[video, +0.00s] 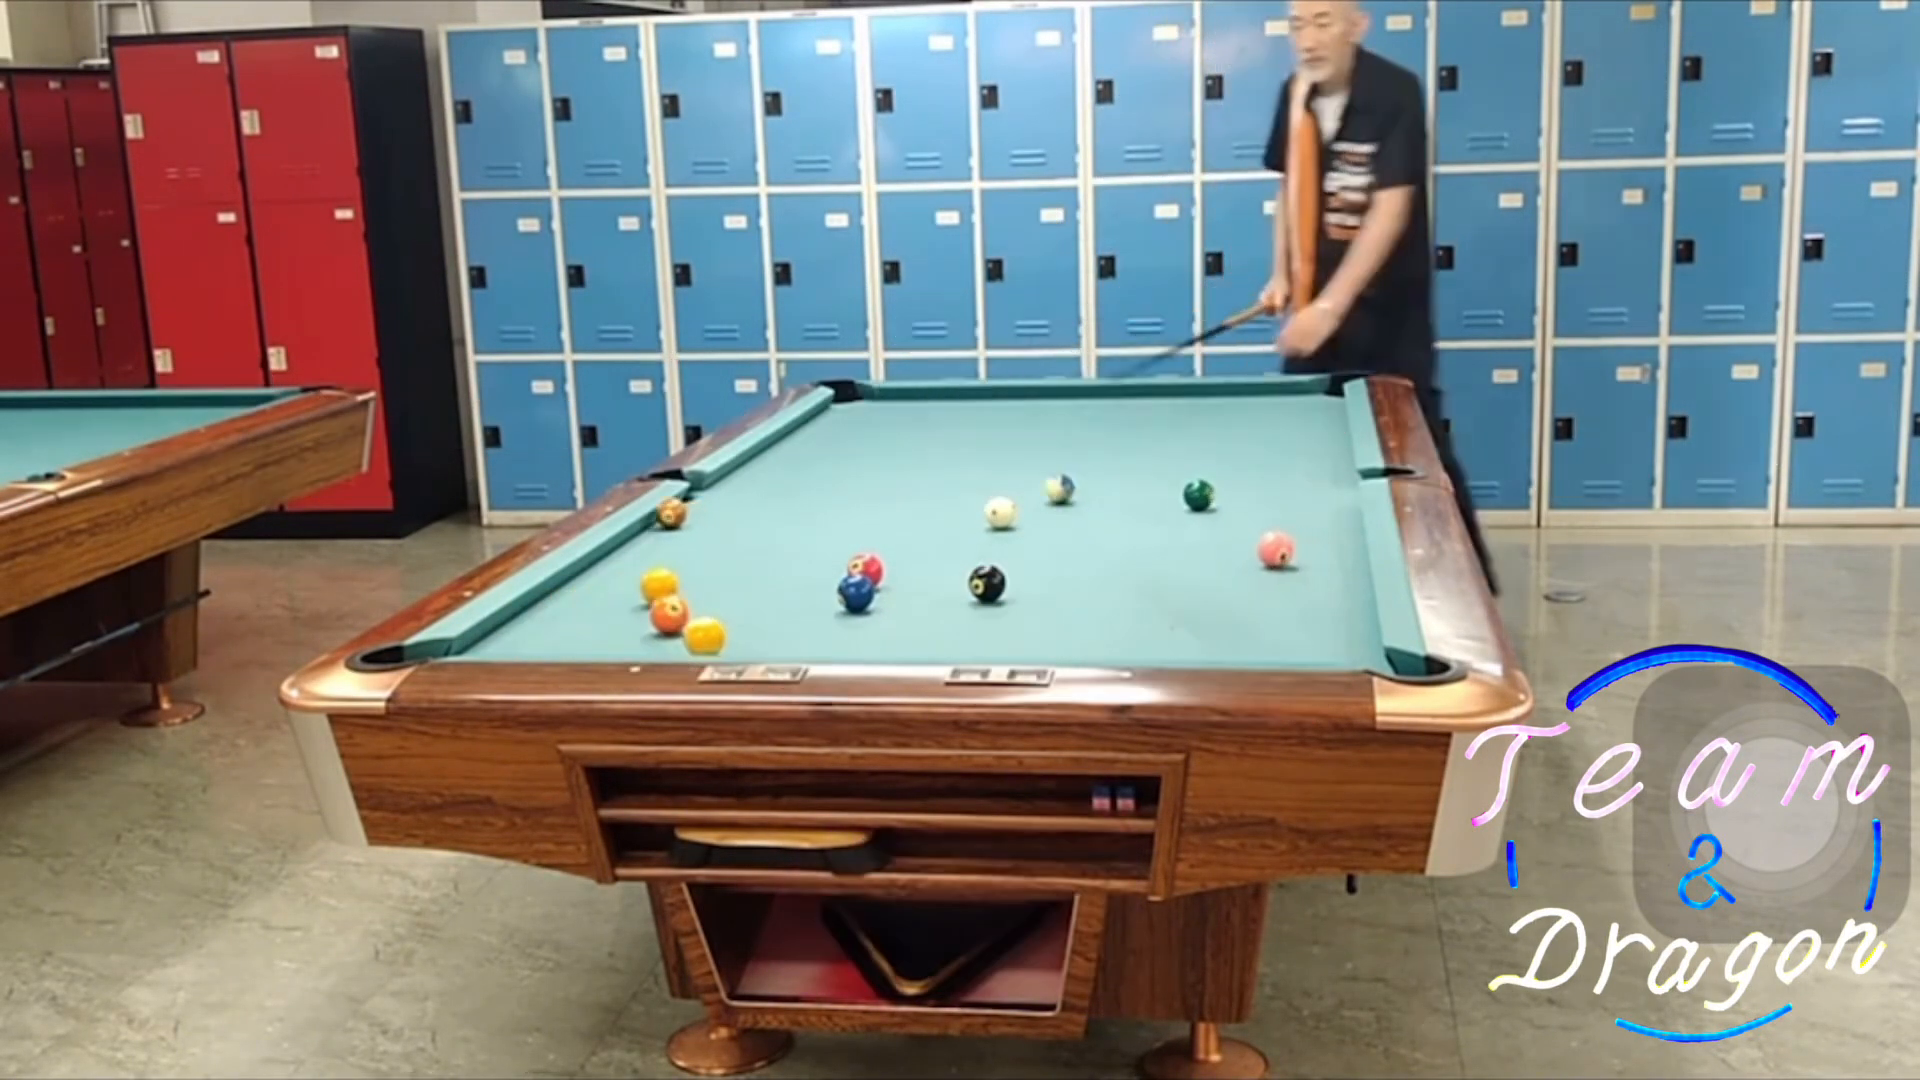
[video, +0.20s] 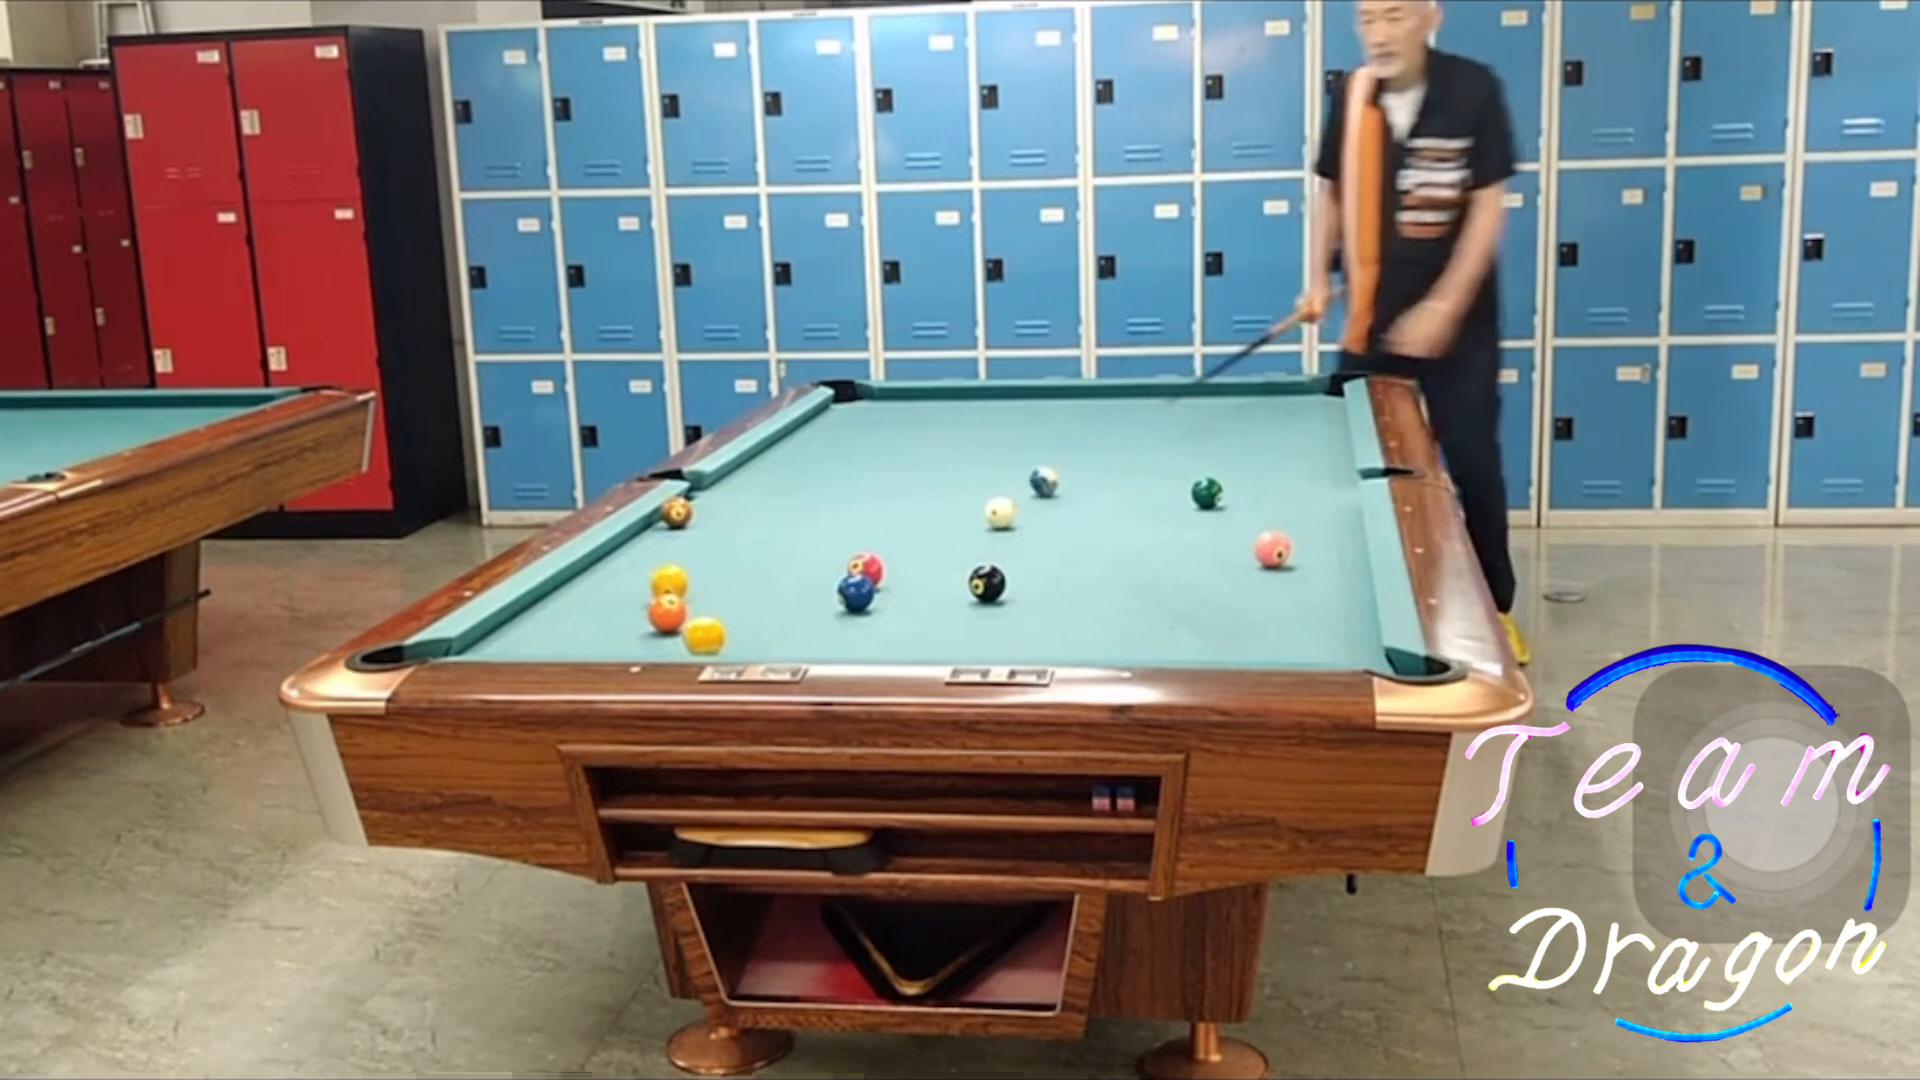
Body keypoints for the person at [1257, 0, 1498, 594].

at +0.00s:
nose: (1306, 39)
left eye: (1321, 23)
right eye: (1298, 24)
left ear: (1357, 25)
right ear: (1289, 28)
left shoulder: (1395, 90)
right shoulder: (1297, 91)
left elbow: (1391, 211)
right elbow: (1289, 188)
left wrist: (1329, 305)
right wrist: (1282, 273)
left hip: (1388, 306)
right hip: (1319, 306)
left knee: (1415, 448)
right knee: (1316, 452)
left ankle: (1467, 579)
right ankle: (1320, 577)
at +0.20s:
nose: (1377, 34)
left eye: (1392, 17)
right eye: (1366, 21)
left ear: (1430, 19)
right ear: (1356, 28)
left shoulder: (1472, 87)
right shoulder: (1347, 93)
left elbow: (1488, 209)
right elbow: (1327, 192)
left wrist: (1442, 305)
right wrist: (1318, 281)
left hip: (1455, 309)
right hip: (1374, 310)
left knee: (1472, 461)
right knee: (1359, 458)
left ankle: (1491, 609)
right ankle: (1366, 607)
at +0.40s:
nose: (1423, 25)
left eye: (1439, 10)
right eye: (1413, 11)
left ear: (1475, 13)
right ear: (1401, 19)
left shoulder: (1521, 81)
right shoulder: (1386, 88)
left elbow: (1554, 194)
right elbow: (1362, 190)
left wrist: (1557, 305)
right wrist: (1349, 283)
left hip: (1497, 311)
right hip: (1408, 307)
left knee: (1499, 469)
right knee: (1377, 451)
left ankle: (1495, 614)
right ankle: (1381, 604)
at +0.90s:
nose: (1473, 26)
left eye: (1490, 9)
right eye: (1461, 11)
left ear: (1526, 13)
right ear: (1447, 17)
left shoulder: (1573, 86)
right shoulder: (1423, 96)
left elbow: (1617, 199)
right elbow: (1383, 204)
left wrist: (1639, 310)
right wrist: (1371, 302)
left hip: (1542, 343)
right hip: (1454, 342)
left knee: (1522, 498)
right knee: (1479, 498)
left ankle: (1502, 634)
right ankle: (1490, 650)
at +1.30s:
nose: (1429, 25)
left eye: (1446, 9)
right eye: (1418, 12)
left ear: (1489, 10)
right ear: (1411, 18)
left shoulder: (1551, 81)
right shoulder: (1407, 93)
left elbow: (1575, 213)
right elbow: (1392, 197)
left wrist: (1526, 322)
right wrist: (1379, 279)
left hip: (1532, 331)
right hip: (1444, 333)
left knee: (1513, 494)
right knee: (1466, 508)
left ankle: (1556, 667)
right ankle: (1501, 668)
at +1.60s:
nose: (1374, 61)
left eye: (1388, 41)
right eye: (1364, 48)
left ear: (1439, 32)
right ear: (1361, 56)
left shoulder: (1501, 102)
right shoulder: (1412, 114)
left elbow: (1508, 247)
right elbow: (1435, 247)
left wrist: (1414, 355)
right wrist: (1413, 343)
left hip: (1514, 334)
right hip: (1457, 331)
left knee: (1480, 502)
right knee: (1449, 497)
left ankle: (1506, 655)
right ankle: (1473, 648)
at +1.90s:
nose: (1318, 114)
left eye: (1327, 91)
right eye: (1309, 98)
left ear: (1378, 72)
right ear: (1362, 81)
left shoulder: (1443, 129)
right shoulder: (1390, 129)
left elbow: (1410, 280)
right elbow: (1433, 224)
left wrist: (1336, 398)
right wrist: (1434, 297)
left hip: (1535, 336)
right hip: (1486, 333)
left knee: (1486, 505)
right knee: (1485, 503)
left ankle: (1526, 670)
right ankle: (1519, 662)